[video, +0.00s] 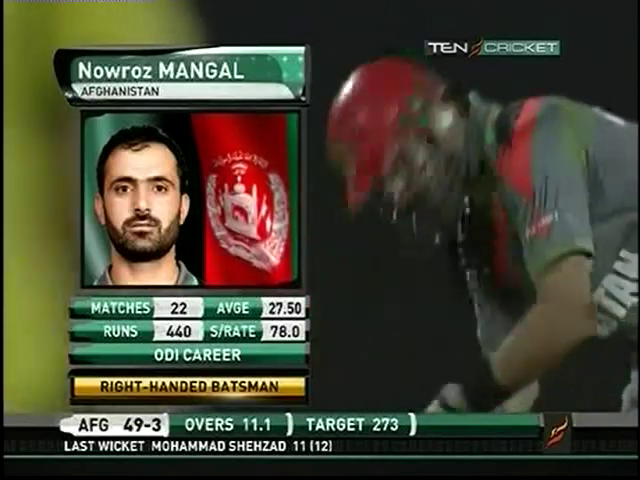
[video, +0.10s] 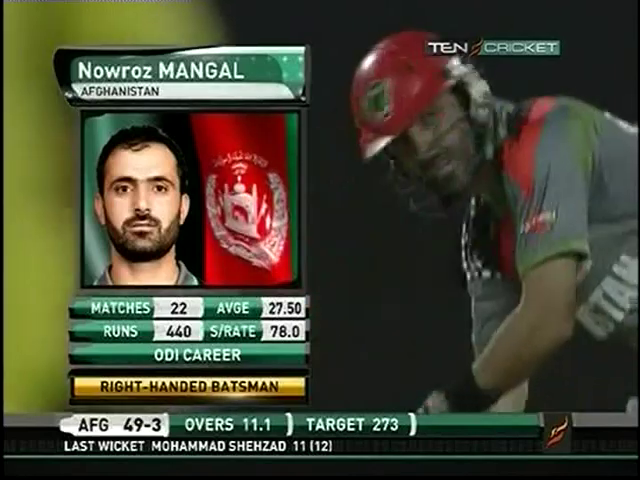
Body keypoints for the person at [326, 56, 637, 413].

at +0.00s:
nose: (397, 196)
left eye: (397, 169)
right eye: (385, 184)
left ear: (426, 130)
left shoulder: (541, 134)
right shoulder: (478, 217)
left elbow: (571, 313)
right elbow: (517, 380)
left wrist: (470, 395)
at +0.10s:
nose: (423, 148)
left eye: (430, 118)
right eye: (402, 140)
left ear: (469, 97)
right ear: (395, 160)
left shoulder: (551, 133)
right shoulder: (484, 237)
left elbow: (548, 319)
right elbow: (503, 392)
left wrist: (456, 400)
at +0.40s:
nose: (448, 164)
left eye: (456, 135)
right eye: (425, 156)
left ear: (494, 122)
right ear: (411, 178)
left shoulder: (566, 175)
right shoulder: (496, 272)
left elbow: (565, 360)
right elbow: (514, 414)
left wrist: (478, 452)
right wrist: (592, 354)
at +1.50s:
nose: (459, 159)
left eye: (469, 134)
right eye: (443, 144)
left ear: (505, 120)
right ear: (427, 158)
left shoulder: (574, 178)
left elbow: (598, 360)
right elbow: (518, 401)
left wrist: (517, 451)